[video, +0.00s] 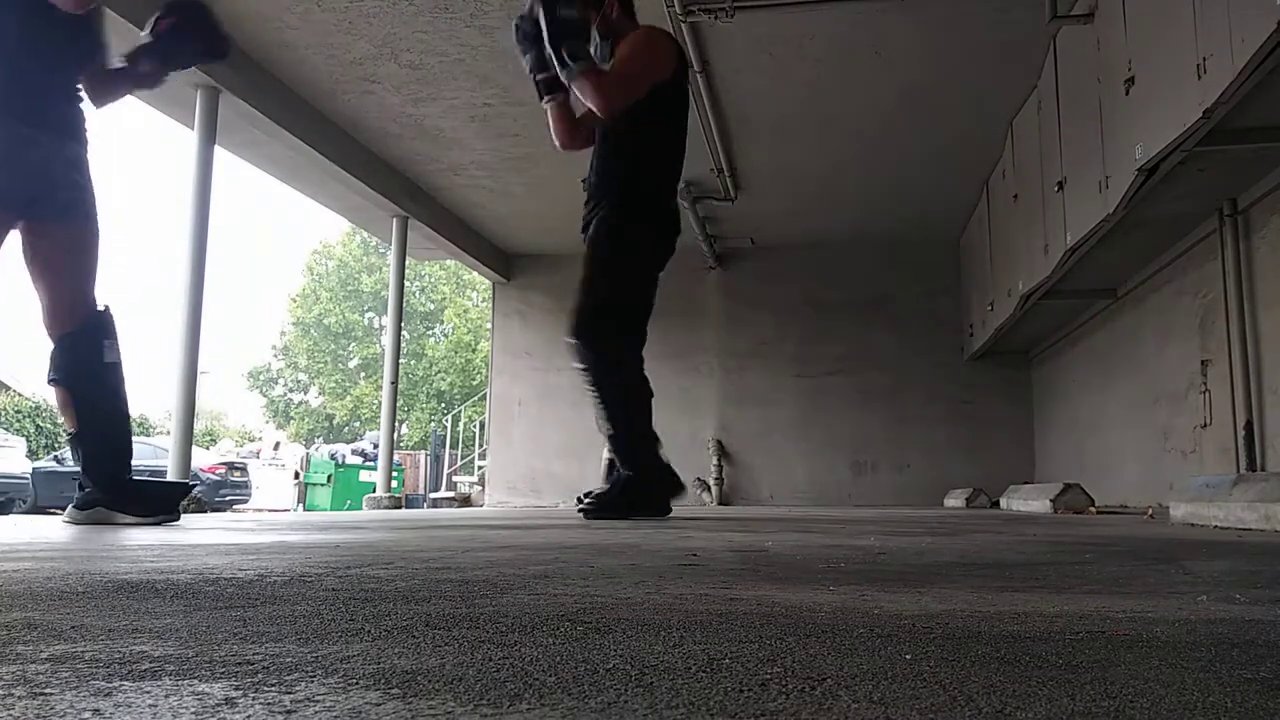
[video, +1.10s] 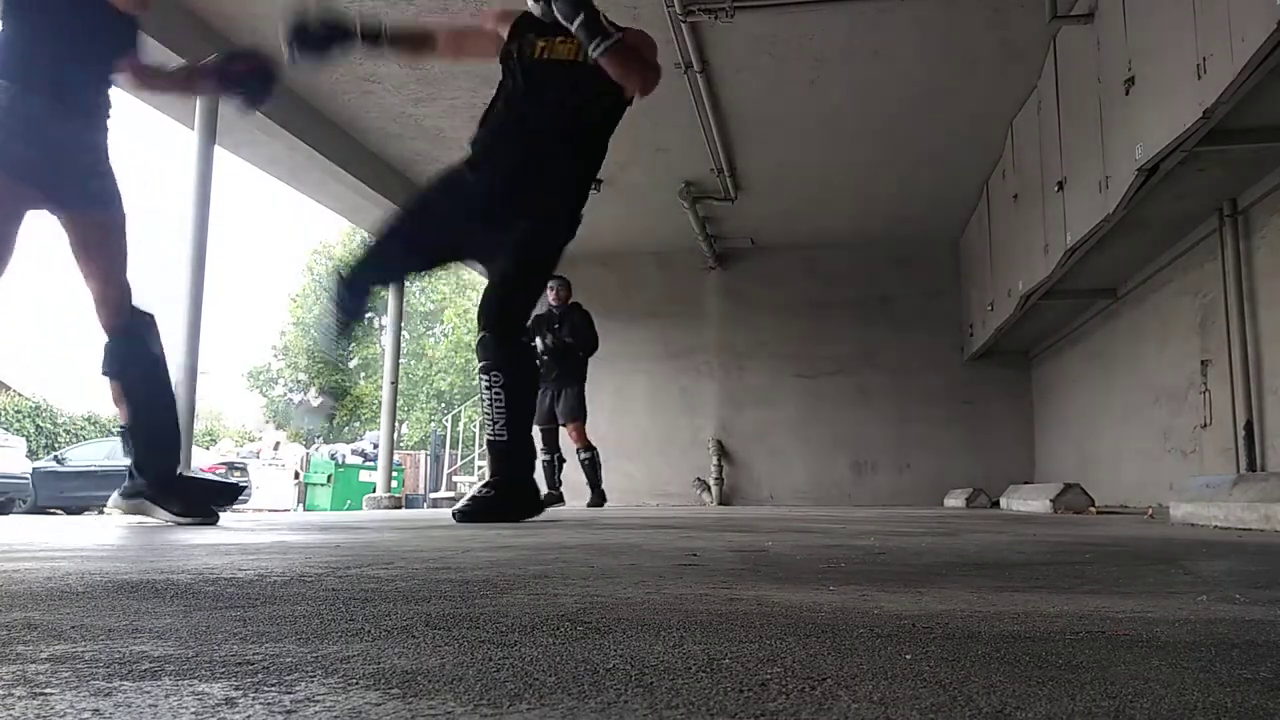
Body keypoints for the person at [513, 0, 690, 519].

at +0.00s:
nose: (584, 27)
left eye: (585, 16)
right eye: (582, 21)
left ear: (612, 7)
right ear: (604, 19)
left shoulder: (651, 43)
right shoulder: (619, 67)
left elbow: (604, 101)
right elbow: (569, 136)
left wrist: (564, 48)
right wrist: (542, 66)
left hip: (635, 220)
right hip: (615, 223)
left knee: (597, 337)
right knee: (612, 343)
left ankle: (645, 474)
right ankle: (631, 474)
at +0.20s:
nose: (568, 44)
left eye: (570, 28)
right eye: (565, 33)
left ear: (600, 18)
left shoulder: (645, 51)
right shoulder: (607, 84)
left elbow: (610, 106)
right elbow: (551, 135)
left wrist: (555, 51)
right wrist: (527, 66)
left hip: (622, 221)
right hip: (606, 225)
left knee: (537, 296)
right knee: (607, 358)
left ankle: (585, 437)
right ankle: (638, 483)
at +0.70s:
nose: (519, 16)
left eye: (524, 6)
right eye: (515, 11)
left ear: (550, 2)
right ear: (525, 20)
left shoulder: (593, 40)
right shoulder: (535, 67)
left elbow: (551, 102)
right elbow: (473, 121)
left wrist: (511, 42)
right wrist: (445, 64)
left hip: (594, 220)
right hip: (557, 227)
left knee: (534, 324)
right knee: (564, 352)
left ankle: (529, 477)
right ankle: (630, 474)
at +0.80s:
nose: (510, 18)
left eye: (517, 8)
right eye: (504, 13)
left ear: (549, 3)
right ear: (506, 20)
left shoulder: (593, 42)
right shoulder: (510, 56)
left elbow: (564, 103)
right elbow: (430, 75)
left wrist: (517, 41)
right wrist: (402, 27)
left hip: (593, 220)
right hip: (551, 229)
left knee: (533, 322)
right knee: (577, 359)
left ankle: (525, 476)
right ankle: (640, 477)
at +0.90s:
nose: (518, 13)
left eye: (525, 7)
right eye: (512, 10)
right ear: (510, 10)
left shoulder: (599, 34)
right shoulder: (503, 33)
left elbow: (599, 108)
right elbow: (424, 26)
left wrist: (549, 57)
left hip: (576, 218)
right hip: (531, 222)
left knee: (518, 326)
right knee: (543, 352)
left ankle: (517, 484)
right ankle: (621, 460)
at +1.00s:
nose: (540, 3)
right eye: (533, 3)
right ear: (528, 0)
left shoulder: (619, 34)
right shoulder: (511, 24)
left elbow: (635, 94)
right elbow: (427, 10)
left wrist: (574, 41)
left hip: (556, 210)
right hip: (494, 207)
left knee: (504, 325)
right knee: (447, 338)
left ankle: (518, 485)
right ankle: (519, 418)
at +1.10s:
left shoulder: (627, 40)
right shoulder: (514, 24)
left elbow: (643, 82)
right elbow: (434, 41)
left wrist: (582, 19)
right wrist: (351, 37)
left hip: (545, 207)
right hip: (476, 187)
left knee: (501, 320)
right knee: (364, 272)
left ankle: (514, 482)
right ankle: (351, 298)